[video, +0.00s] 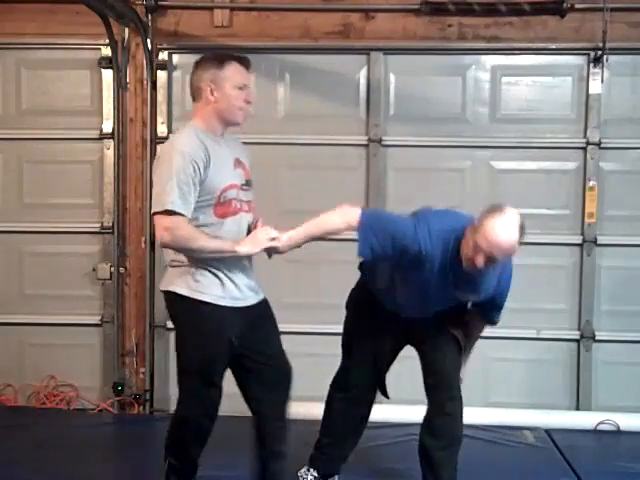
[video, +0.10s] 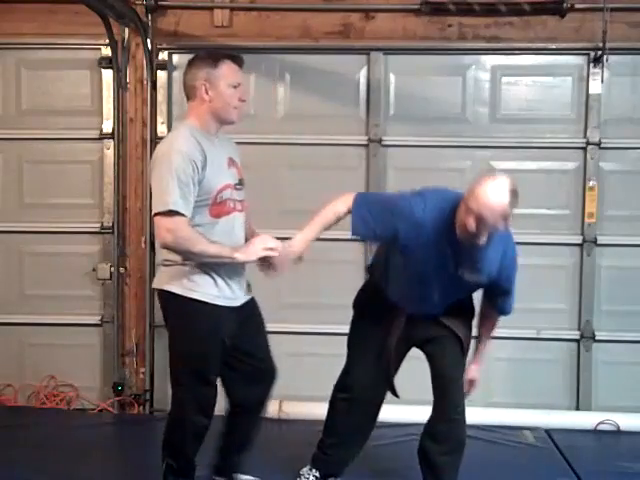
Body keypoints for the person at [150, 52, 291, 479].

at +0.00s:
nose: (250, 99)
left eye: (250, 90)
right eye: (241, 89)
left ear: (218, 93)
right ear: (209, 91)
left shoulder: (232, 144)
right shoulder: (184, 146)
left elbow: (236, 215)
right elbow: (167, 230)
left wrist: (263, 234)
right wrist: (238, 246)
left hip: (242, 291)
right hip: (199, 293)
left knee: (273, 382)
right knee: (199, 404)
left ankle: (274, 474)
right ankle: (178, 474)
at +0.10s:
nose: (243, 97)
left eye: (243, 88)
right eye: (234, 87)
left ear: (212, 91)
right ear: (204, 90)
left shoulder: (224, 144)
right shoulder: (178, 147)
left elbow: (228, 216)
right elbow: (169, 232)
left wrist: (256, 246)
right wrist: (236, 254)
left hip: (231, 288)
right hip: (191, 290)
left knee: (256, 376)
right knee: (195, 398)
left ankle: (228, 469)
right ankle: (177, 473)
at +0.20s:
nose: (239, 96)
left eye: (238, 87)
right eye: (230, 87)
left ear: (206, 92)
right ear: (200, 91)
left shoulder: (217, 145)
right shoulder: (175, 147)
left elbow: (222, 223)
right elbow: (168, 232)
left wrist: (260, 253)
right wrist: (236, 256)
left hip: (221, 287)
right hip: (185, 289)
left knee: (237, 375)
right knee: (195, 388)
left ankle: (195, 458)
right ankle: (177, 471)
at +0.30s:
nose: (234, 96)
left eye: (233, 87)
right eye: (226, 87)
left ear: (203, 91)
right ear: (197, 90)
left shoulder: (210, 143)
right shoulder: (172, 148)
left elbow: (213, 220)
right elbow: (167, 231)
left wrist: (246, 255)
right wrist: (235, 261)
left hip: (210, 282)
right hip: (180, 284)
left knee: (215, 372)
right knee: (195, 378)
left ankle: (165, 461)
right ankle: (179, 469)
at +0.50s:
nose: (227, 104)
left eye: (226, 95)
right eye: (221, 95)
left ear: (193, 98)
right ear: (193, 96)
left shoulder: (192, 147)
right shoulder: (173, 147)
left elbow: (200, 216)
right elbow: (167, 228)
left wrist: (242, 217)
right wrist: (220, 278)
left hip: (183, 281)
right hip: (172, 282)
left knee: (171, 375)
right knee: (193, 380)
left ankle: (141, 463)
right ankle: (181, 472)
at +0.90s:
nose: (213, 106)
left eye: (213, 99)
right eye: (207, 98)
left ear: (184, 101)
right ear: (180, 98)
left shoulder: (185, 151)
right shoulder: (150, 142)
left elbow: (212, 212)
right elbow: (146, 220)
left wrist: (236, 182)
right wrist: (188, 274)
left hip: (171, 275)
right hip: (147, 273)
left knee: (162, 373)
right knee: (156, 373)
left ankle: (146, 460)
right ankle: (141, 466)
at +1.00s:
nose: (207, 104)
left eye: (206, 96)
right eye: (200, 96)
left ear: (178, 98)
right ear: (174, 97)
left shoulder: (181, 152)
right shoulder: (145, 144)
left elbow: (196, 219)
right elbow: (142, 222)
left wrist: (240, 221)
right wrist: (181, 279)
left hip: (168, 279)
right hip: (144, 277)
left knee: (161, 371)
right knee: (151, 372)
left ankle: (142, 458)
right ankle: (133, 463)